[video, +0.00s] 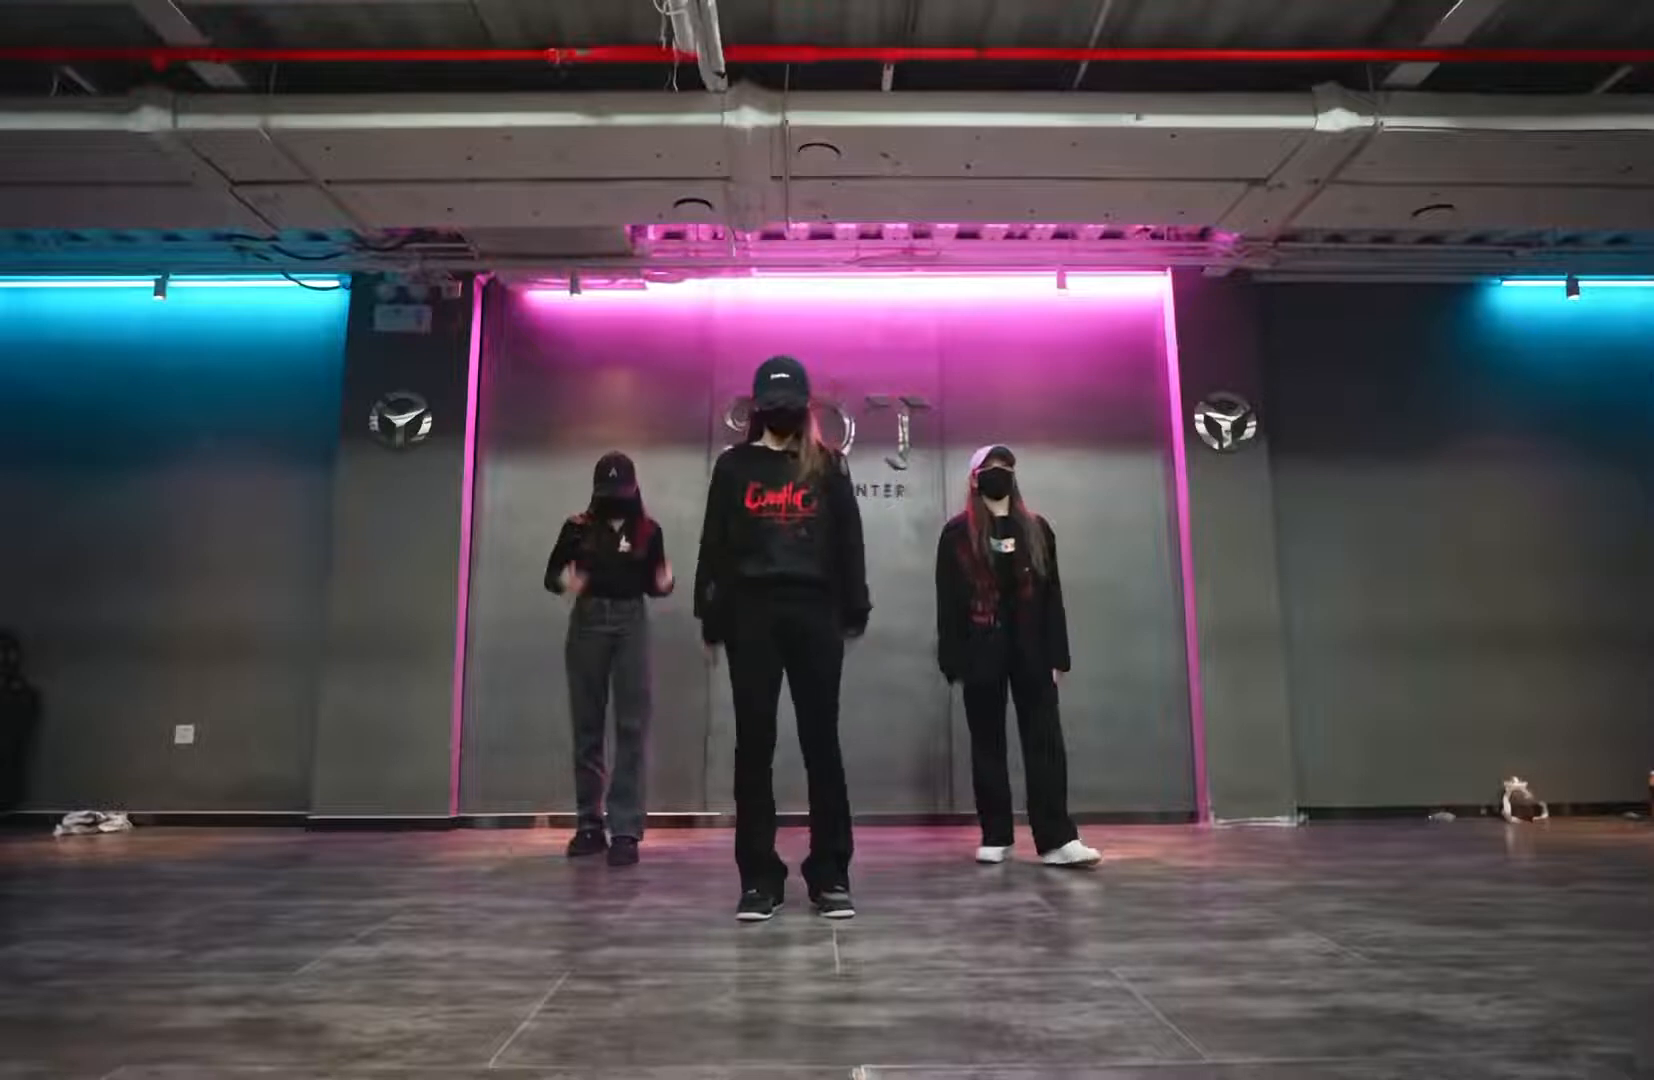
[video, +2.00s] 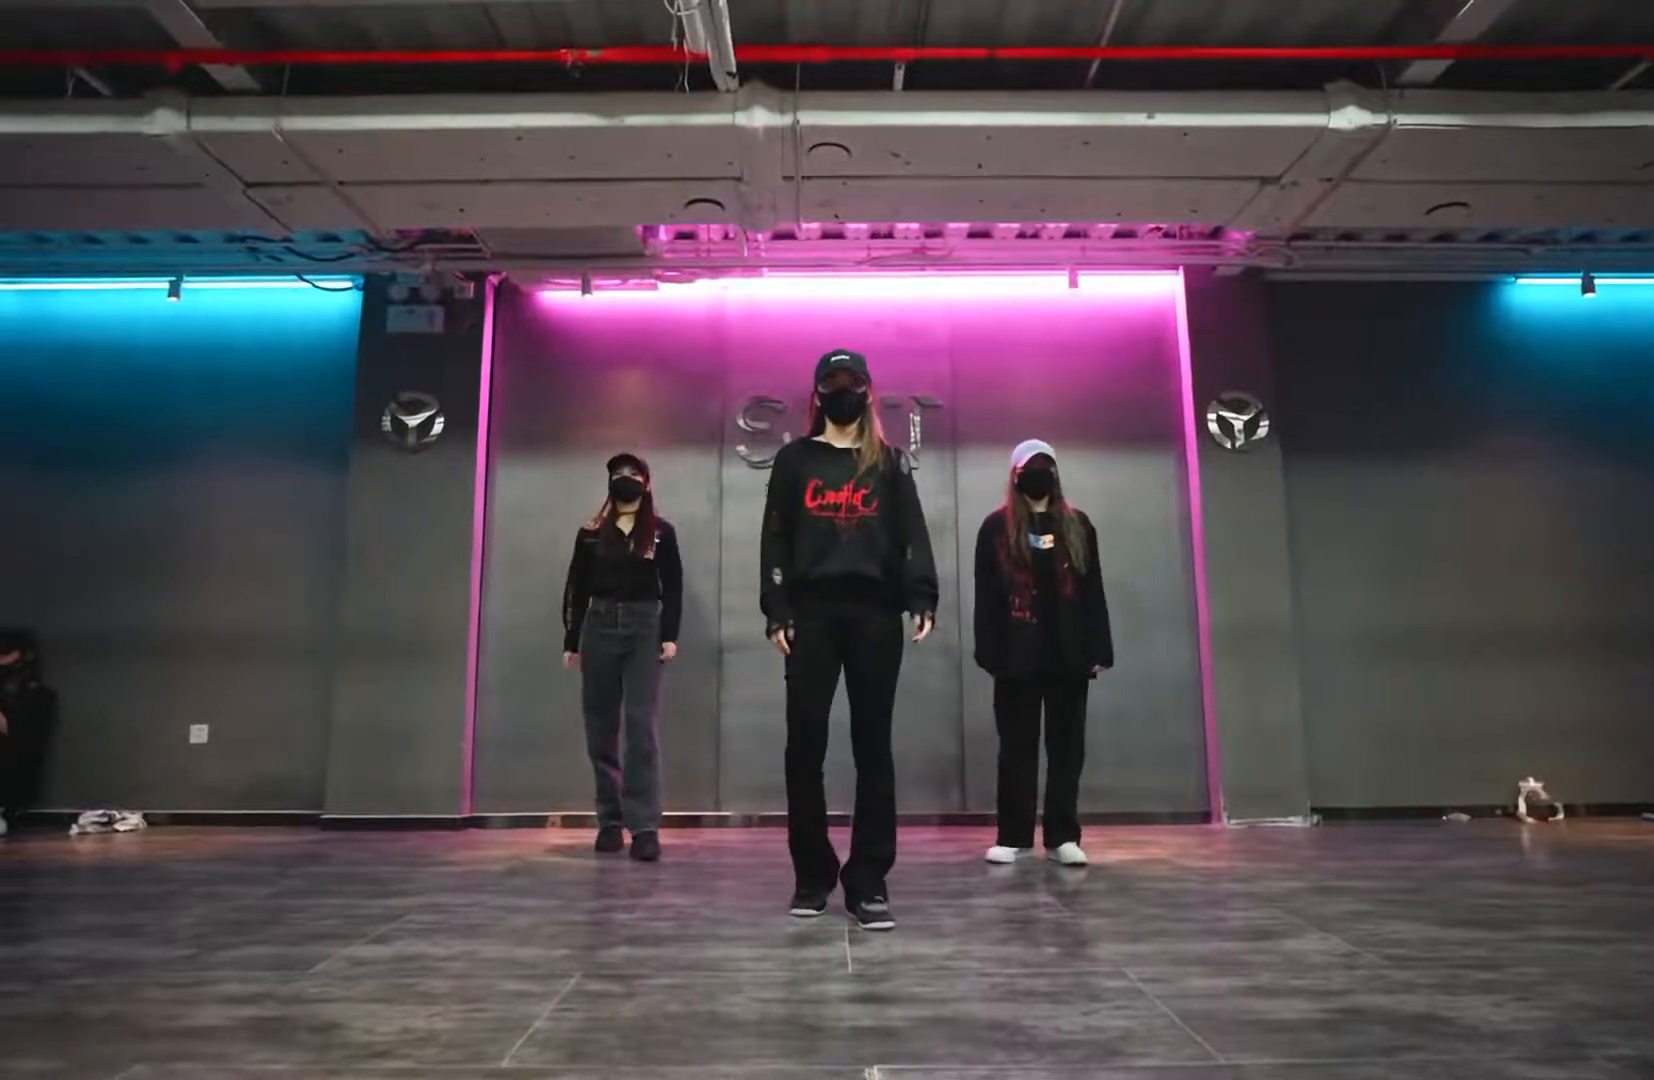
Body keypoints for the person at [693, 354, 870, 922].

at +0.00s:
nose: (781, 412)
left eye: (789, 402)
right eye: (772, 402)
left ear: (803, 401)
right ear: (759, 402)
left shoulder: (827, 465)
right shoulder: (732, 465)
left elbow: (849, 543)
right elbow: (712, 545)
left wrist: (853, 610)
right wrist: (709, 615)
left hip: (815, 618)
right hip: (749, 618)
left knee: (821, 746)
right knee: (754, 748)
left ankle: (830, 876)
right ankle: (760, 881)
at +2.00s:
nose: (844, 391)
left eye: (853, 382)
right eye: (834, 382)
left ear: (868, 390)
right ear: (818, 391)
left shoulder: (889, 461)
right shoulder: (794, 458)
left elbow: (914, 536)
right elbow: (774, 539)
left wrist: (923, 595)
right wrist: (776, 610)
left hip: (875, 619)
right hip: (810, 618)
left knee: (872, 749)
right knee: (803, 750)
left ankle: (869, 885)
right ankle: (812, 879)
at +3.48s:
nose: (839, 397)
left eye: (848, 389)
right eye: (830, 389)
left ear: (862, 395)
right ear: (814, 397)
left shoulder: (889, 463)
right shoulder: (790, 463)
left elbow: (917, 544)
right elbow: (772, 547)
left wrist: (903, 613)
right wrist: (782, 616)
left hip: (873, 617)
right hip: (810, 618)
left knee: (878, 743)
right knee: (817, 743)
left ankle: (881, 866)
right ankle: (836, 847)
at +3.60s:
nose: (843, 407)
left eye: (851, 398)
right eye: (832, 398)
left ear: (864, 406)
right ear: (815, 407)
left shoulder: (879, 477)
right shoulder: (790, 469)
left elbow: (901, 554)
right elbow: (773, 555)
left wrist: (918, 621)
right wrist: (794, 625)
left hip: (871, 628)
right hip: (810, 628)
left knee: (875, 751)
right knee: (820, 756)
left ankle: (882, 867)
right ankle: (845, 856)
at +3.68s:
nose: (839, 411)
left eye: (848, 403)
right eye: (829, 403)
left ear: (861, 412)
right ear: (811, 410)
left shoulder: (877, 483)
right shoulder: (784, 473)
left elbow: (899, 557)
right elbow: (776, 550)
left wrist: (935, 606)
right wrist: (812, 590)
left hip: (865, 633)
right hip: (802, 632)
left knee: (871, 755)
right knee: (787, 763)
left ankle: (881, 868)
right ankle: (830, 832)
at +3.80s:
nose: (824, 413)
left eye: (834, 403)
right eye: (814, 403)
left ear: (847, 410)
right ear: (798, 410)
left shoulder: (865, 479)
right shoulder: (772, 475)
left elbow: (909, 532)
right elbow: (748, 544)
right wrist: (694, 564)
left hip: (853, 643)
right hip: (786, 641)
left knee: (871, 763)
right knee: (734, 741)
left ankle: (880, 874)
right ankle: (721, 871)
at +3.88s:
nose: (813, 422)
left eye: (823, 412)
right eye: (803, 411)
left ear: (839, 421)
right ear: (788, 418)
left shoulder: (845, 485)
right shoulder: (763, 485)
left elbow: (837, 537)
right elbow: (710, 546)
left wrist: (782, 536)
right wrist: (646, 561)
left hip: (845, 650)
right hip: (779, 651)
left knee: (869, 765)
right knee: (719, 759)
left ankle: (882, 873)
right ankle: (653, 892)